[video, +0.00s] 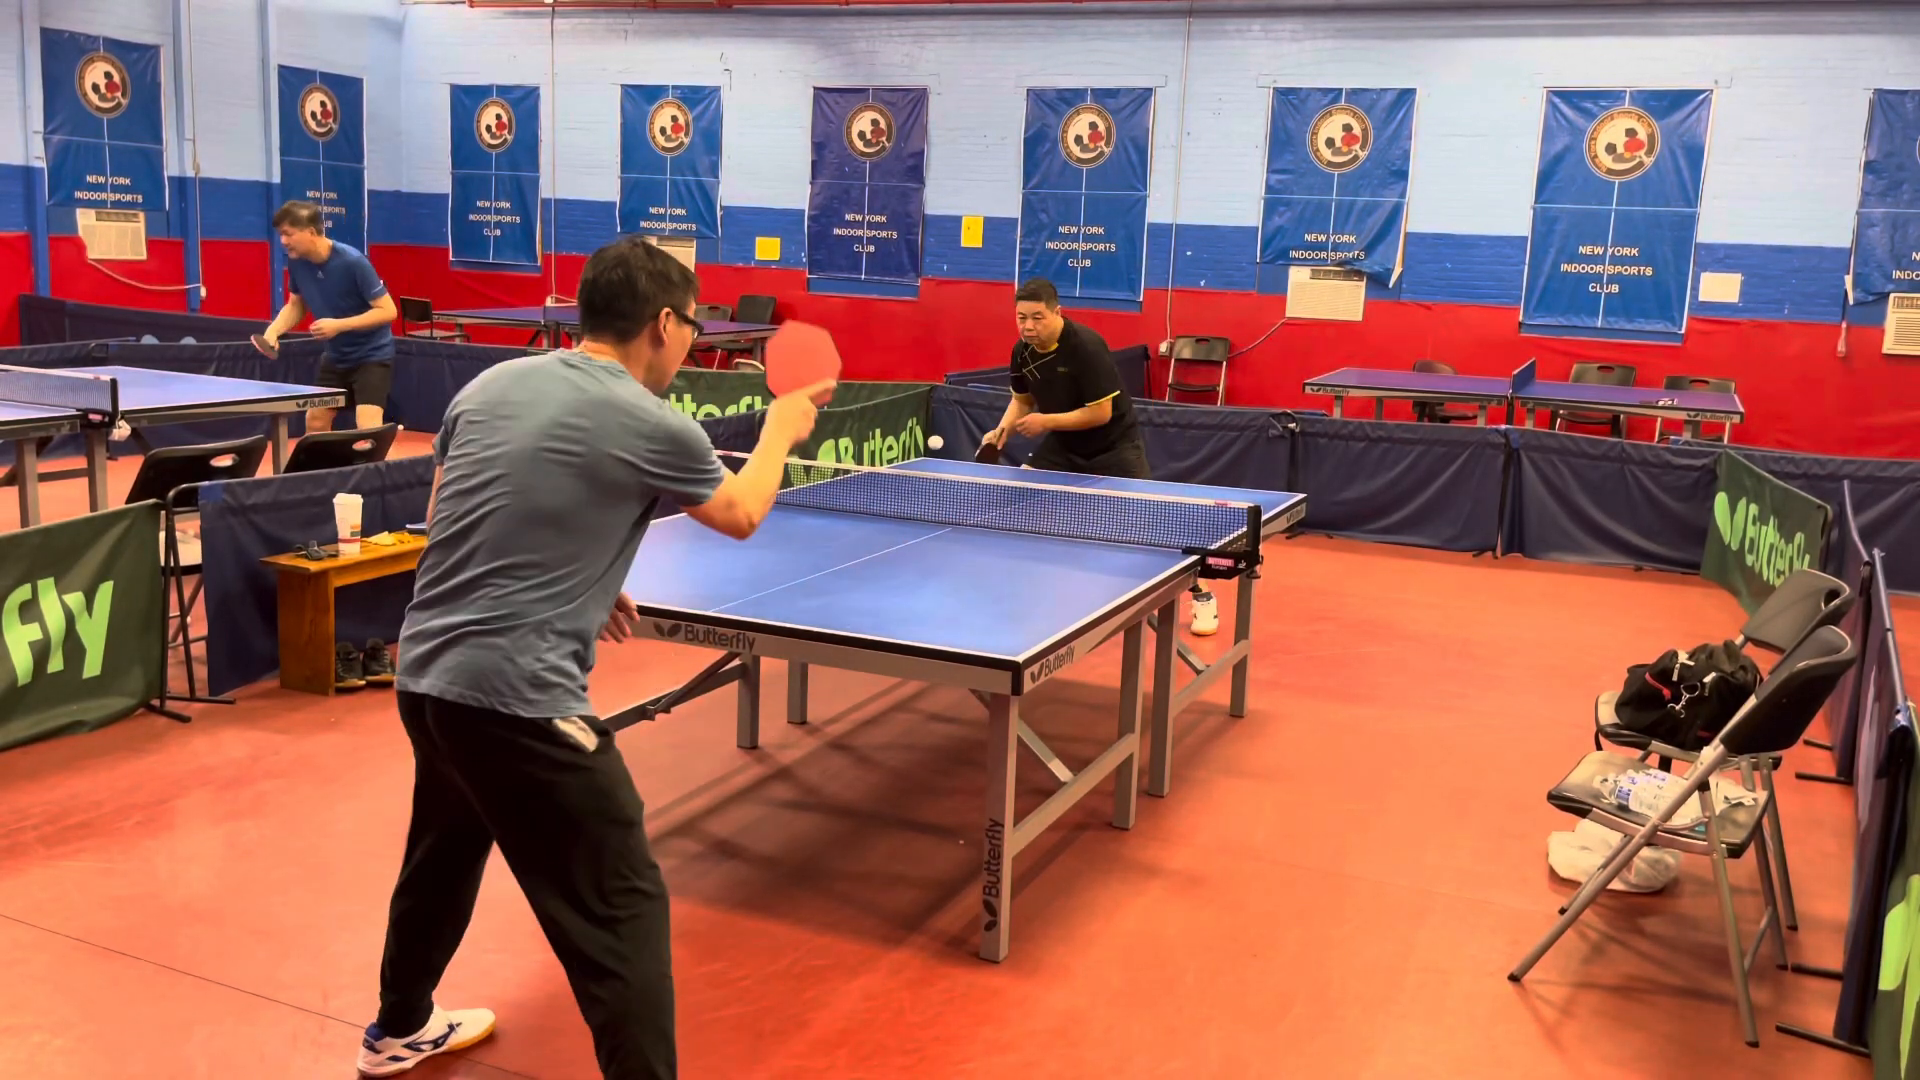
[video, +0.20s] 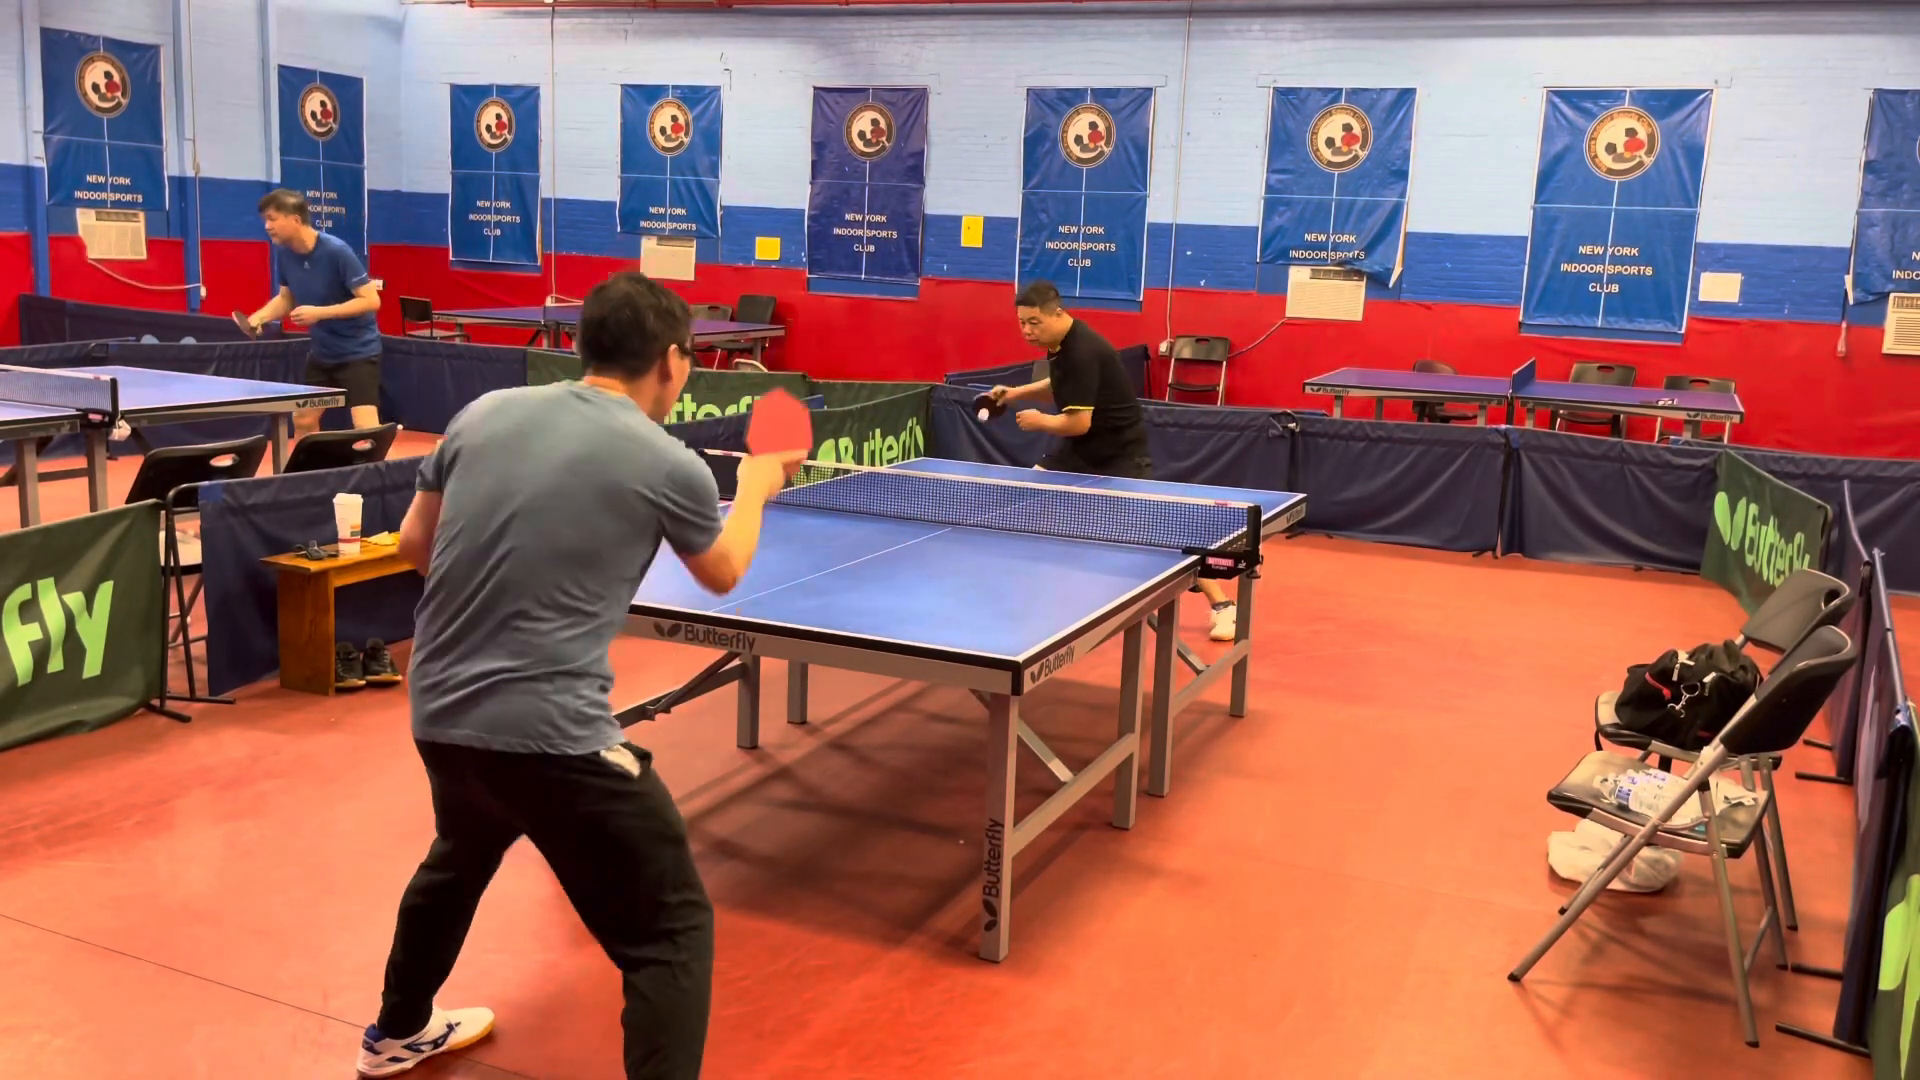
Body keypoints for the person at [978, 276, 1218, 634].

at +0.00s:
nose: (1028, 326)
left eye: (1036, 317)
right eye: (1021, 318)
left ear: (1057, 313)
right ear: (1016, 317)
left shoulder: (1087, 348)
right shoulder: (1023, 351)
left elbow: (1102, 412)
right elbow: (1022, 399)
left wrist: (1046, 421)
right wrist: (1002, 429)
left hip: (1114, 447)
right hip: (1062, 446)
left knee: (1150, 515)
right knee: (1010, 497)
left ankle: (1199, 593)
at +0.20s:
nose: (1026, 331)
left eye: (1032, 323)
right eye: (1022, 324)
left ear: (1058, 314)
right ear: (1024, 319)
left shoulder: (1082, 350)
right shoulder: (1061, 342)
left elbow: (1079, 423)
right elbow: (1061, 383)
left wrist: (1041, 421)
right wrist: (1016, 393)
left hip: (1121, 455)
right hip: (1079, 450)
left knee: (1152, 527)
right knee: (1023, 495)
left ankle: (1221, 602)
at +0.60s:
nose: (1116, 327)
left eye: (1124, 318)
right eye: (1110, 318)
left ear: (1145, 312)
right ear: (1102, 316)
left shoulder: (1176, 344)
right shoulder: (1095, 354)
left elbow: (1201, 400)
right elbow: (1083, 421)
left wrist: (1157, 427)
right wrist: (1094, 397)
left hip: (1167, 455)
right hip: (1106, 452)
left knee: (1200, 521)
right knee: (1060, 510)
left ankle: (1231, 606)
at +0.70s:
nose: (1116, 326)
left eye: (1125, 317)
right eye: (1110, 317)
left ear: (1145, 312)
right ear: (1103, 316)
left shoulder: (1176, 347)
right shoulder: (1094, 354)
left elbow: (1198, 404)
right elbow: (1082, 410)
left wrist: (1154, 427)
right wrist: (1081, 420)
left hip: (1166, 454)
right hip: (1106, 452)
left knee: (1199, 520)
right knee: (1062, 508)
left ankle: (1231, 606)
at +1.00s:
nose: (1069, 324)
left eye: (1076, 315)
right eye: (1063, 315)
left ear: (1100, 308)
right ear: (1059, 313)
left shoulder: (1121, 346)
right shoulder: (1092, 339)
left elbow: (1121, 420)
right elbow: (1096, 389)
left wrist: (1070, 418)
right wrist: (1062, 412)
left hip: (1149, 453)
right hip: (1111, 447)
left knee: (1178, 528)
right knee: (1063, 502)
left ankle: (1234, 605)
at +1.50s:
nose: (1139, 310)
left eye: (1148, 302)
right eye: (1134, 301)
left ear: (1170, 299)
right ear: (1127, 298)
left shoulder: (1195, 341)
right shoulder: (1120, 329)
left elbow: (1208, 409)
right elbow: (1096, 385)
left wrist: (1149, 424)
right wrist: (1112, 379)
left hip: (1174, 452)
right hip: (1121, 445)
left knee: (1197, 522)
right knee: (1067, 497)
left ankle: (1231, 609)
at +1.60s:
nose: (1138, 314)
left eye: (1148, 306)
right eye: (1133, 304)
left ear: (1169, 303)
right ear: (1126, 302)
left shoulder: (1193, 345)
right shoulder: (1112, 335)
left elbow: (1205, 408)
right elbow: (1087, 388)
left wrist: (1155, 428)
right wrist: (1101, 389)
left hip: (1171, 454)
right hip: (1111, 449)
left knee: (1201, 524)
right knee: (1061, 505)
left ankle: (1233, 608)